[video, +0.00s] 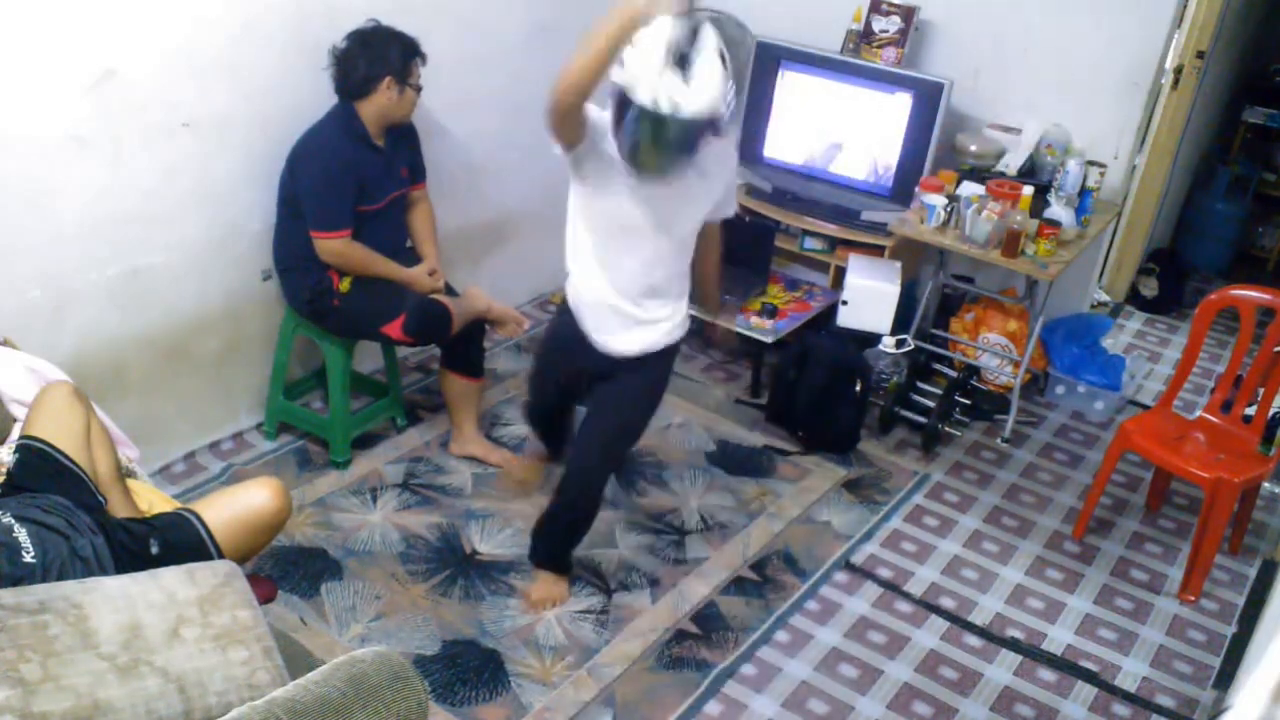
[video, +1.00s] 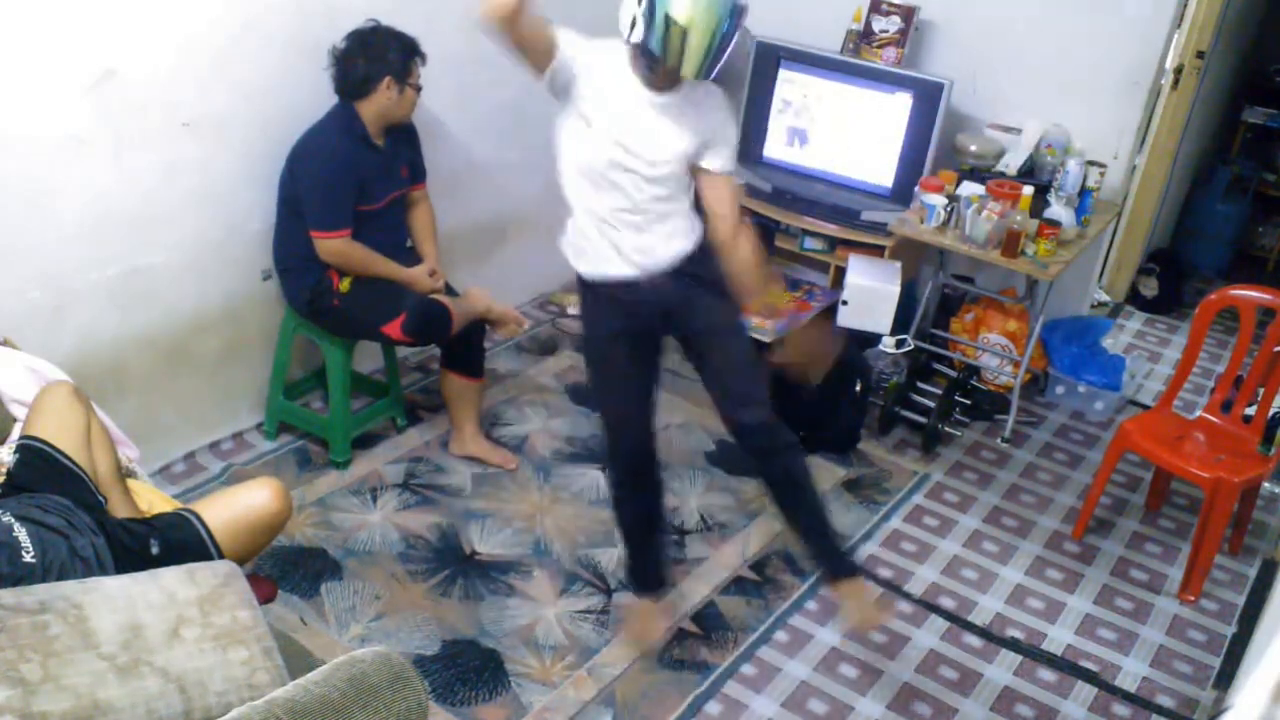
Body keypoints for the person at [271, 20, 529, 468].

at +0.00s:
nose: (419, 95)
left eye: (419, 86)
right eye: (416, 86)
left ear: (386, 87)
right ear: (387, 87)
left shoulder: (399, 130)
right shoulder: (326, 151)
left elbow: (418, 201)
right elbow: (332, 249)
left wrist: (429, 258)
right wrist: (407, 277)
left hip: (388, 265)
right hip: (325, 284)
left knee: (465, 323)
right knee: (427, 322)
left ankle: (466, 435)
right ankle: (477, 305)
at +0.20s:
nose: (419, 96)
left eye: (419, 88)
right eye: (416, 88)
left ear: (386, 87)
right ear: (388, 88)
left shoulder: (399, 130)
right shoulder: (326, 151)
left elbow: (418, 201)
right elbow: (332, 249)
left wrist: (429, 260)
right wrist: (407, 276)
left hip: (388, 266)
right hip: (327, 286)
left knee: (466, 329)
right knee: (432, 319)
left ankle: (470, 442)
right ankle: (470, 310)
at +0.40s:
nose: (419, 96)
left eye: (419, 87)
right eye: (416, 87)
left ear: (386, 87)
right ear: (387, 87)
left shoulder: (400, 131)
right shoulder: (326, 151)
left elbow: (417, 201)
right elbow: (331, 248)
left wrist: (429, 258)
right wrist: (406, 276)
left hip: (389, 263)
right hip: (327, 283)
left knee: (464, 325)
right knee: (421, 322)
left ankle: (466, 436)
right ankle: (478, 307)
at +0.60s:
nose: (419, 96)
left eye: (419, 87)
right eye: (416, 87)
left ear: (386, 88)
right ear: (387, 88)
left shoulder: (400, 130)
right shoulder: (326, 151)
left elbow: (417, 202)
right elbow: (333, 249)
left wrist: (429, 260)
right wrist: (407, 277)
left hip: (388, 265)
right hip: (325, 282)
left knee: (466, 323)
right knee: (424, 323)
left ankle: (466, 435)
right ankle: (476, 306)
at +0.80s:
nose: (419, 96)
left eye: (419, 87)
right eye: (416, 87)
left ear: (386, 87)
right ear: (387, 88)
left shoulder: (400, 130)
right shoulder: (326, 151)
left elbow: (418, 202)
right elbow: (333, 250)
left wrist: (429, 260)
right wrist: (407, 276)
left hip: (388, 265)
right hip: (326, 282)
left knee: (466, 323)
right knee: (425, 323)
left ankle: (466, 435)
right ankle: (477, 306)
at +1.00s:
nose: (419, 96)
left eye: (419, 87)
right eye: (416, 87)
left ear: (387, 88)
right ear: (387, 88)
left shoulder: (400, 130)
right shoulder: (326, 151)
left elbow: (418, 202)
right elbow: (332, 249)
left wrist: (429, 260)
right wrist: (407, 276)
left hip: (389, 264)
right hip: (325, 281)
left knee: (465, 323)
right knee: (423, 324)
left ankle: (466, 435)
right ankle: (477, 306)